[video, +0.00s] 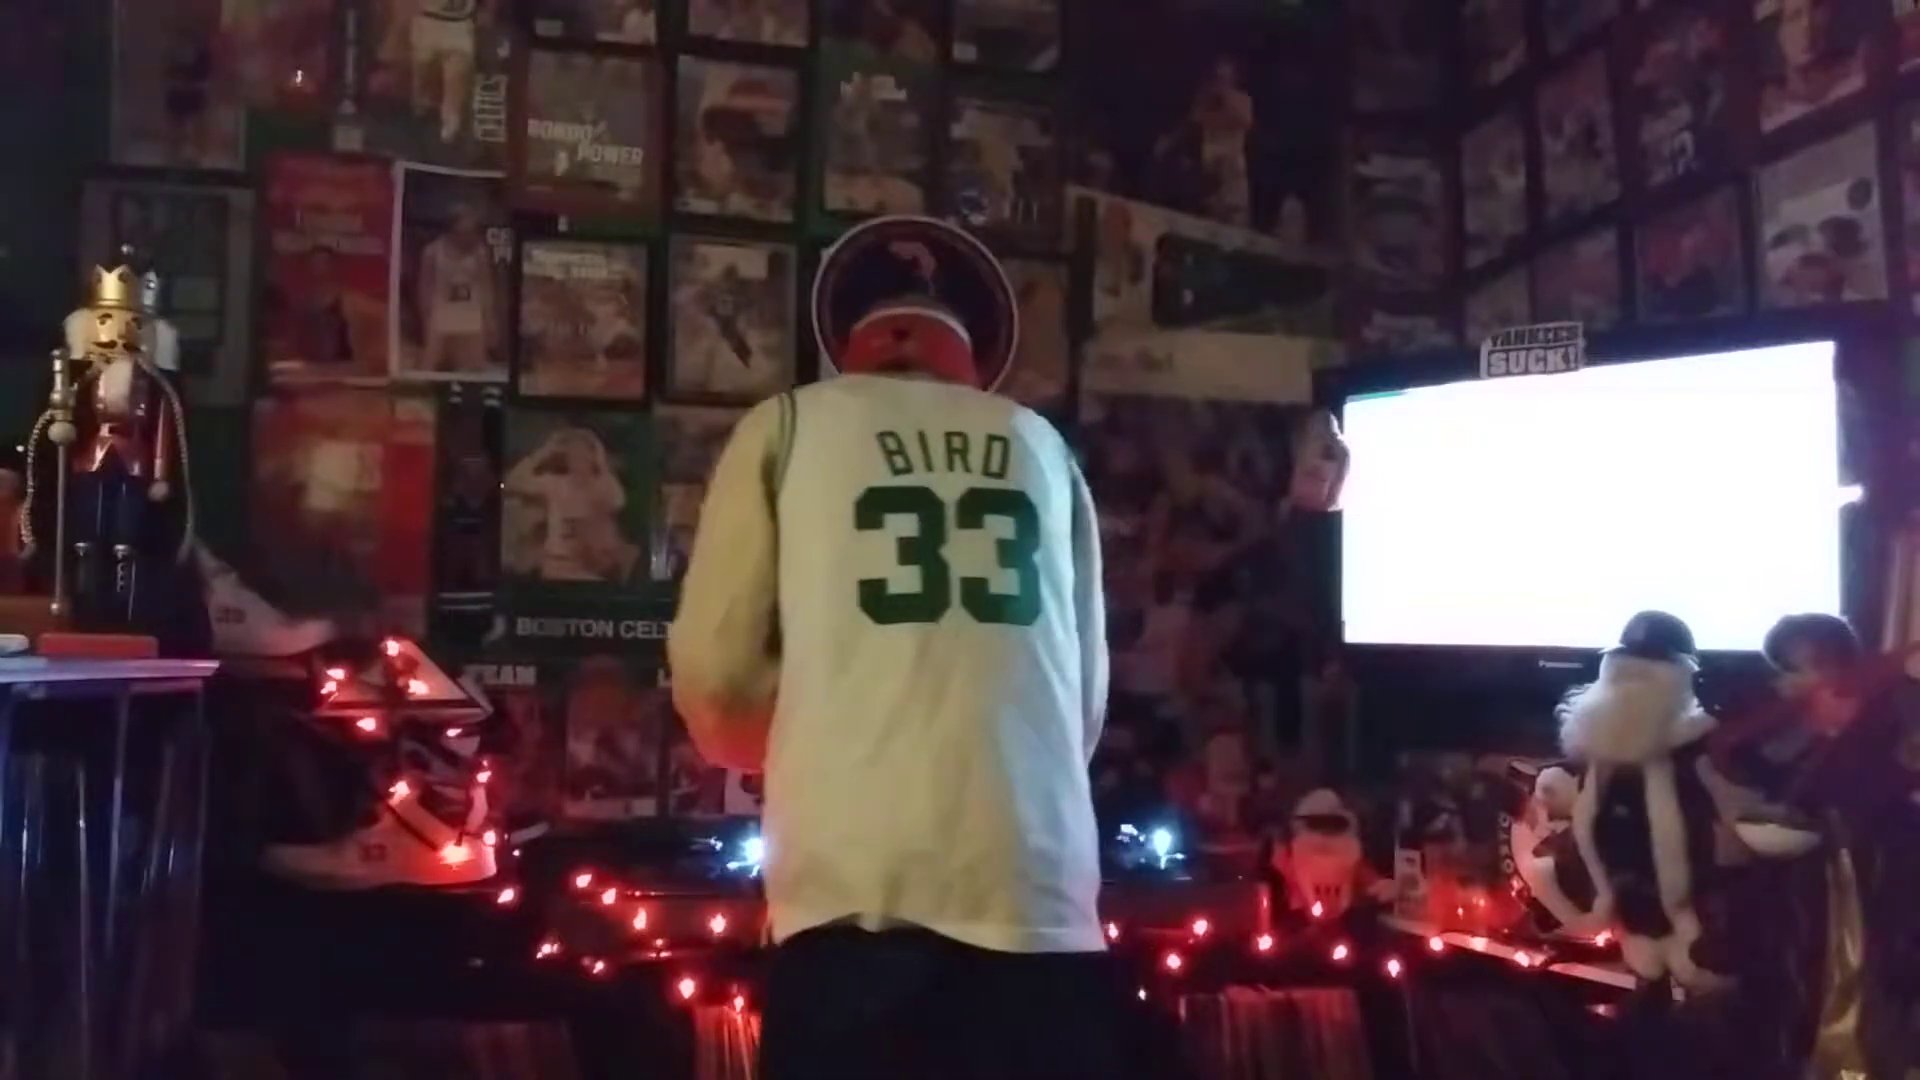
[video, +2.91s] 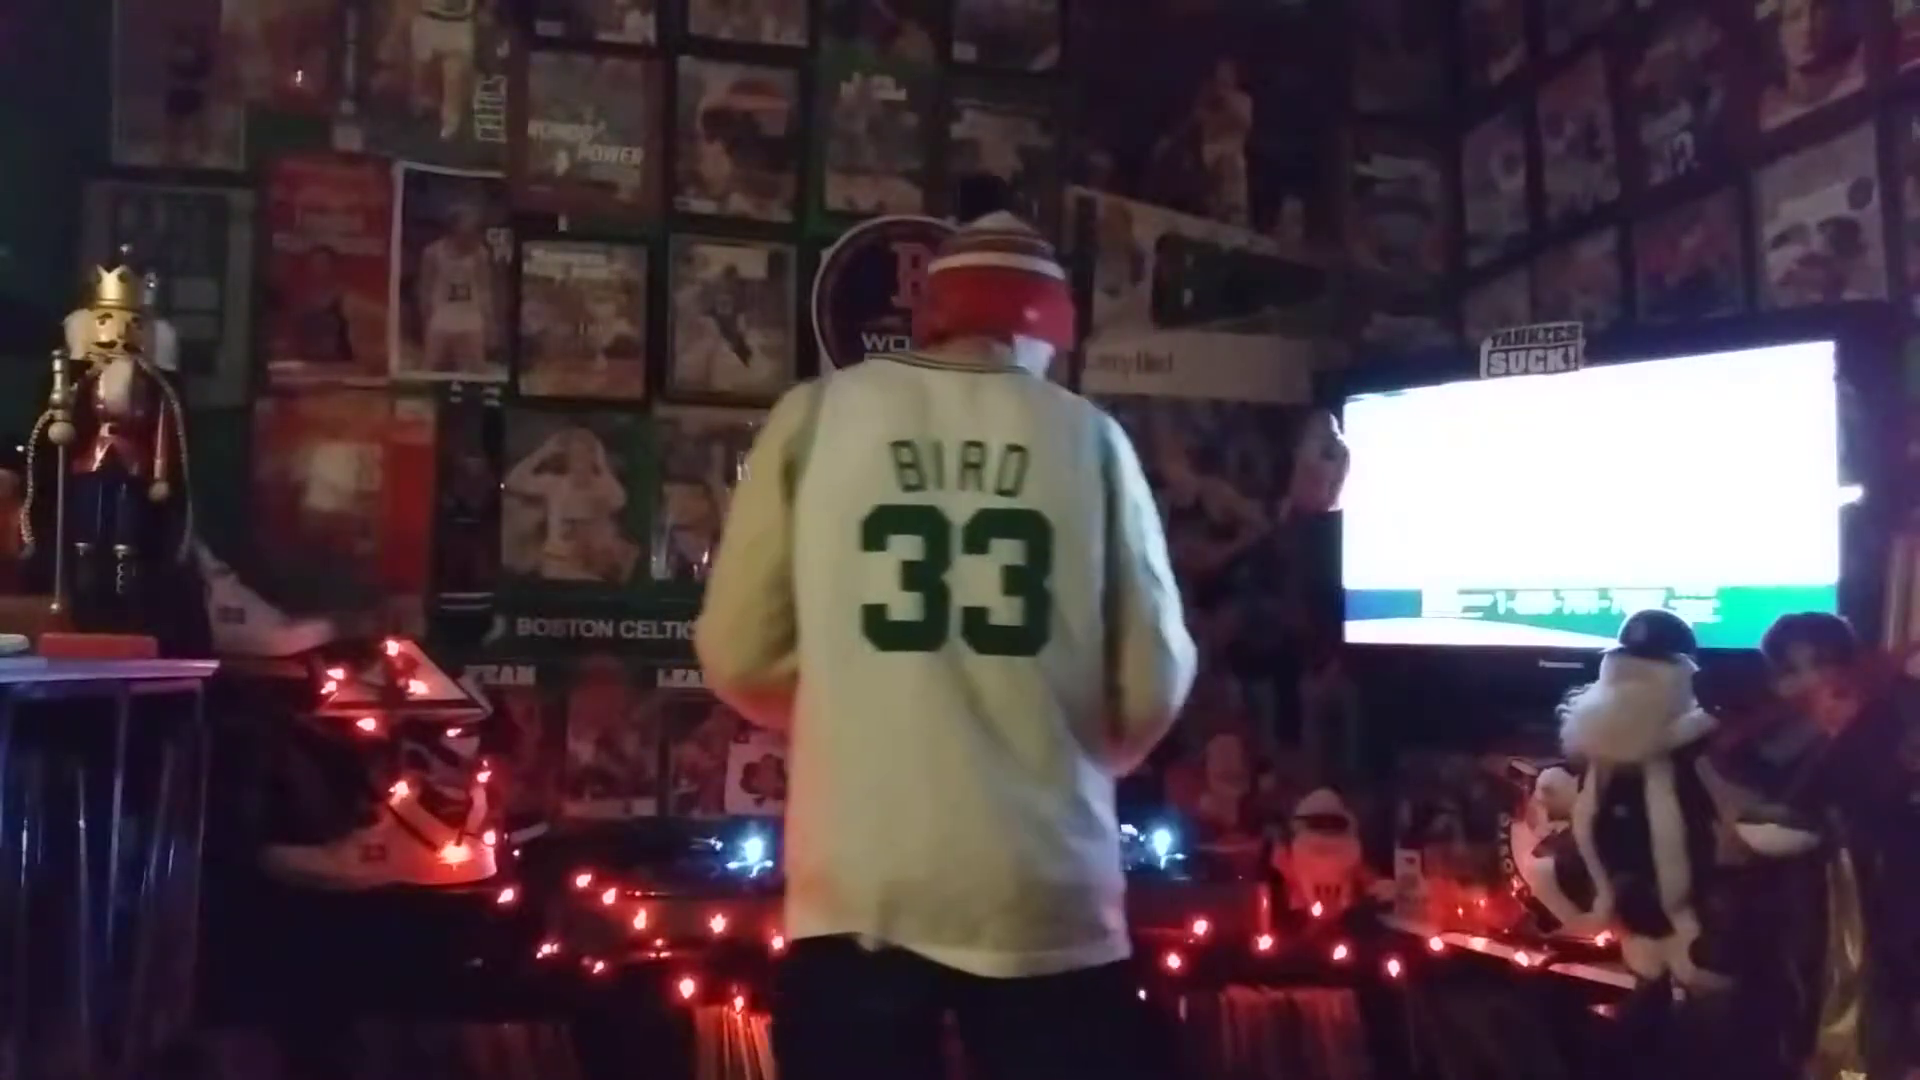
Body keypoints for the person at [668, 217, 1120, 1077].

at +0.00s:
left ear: (840, 344)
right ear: (977, 349)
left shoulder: (781, 426)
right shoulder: (1050, 449)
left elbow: (712, 673)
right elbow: (1084, 703)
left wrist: (817, 767)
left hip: (847, 928)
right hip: (1043, 932)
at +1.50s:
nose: (919, 322)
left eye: (929, 306)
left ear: (945, 318)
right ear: (1062, 335)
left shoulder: (857, 424)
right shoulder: (1128, 440)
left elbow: (773, 662)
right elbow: (1161, 664)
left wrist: (830, 814)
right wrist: (1083, 779)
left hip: (908, 874)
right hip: (1097, 882)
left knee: (895, 1063)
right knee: (1099, 1067)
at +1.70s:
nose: (963, 334)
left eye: (972, 315)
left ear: (994, 318)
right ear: (1100, 334)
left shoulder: (907, 422)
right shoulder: (1171, 448)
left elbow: (830, 666)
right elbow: (1229, 692)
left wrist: (849, 816)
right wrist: (1162, 804)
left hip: (946, 880)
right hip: (1132, 890)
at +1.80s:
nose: (979, 335)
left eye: (988, 316)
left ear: (1010, 319)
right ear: (1116, 340)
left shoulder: (924, 418)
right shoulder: (1189, 451)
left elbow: (844, 667)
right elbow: (1249, 705)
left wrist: (868, 813)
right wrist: (1179, 812)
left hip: (953, 887)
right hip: (1140, 902)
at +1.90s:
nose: (996, 330)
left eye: (1004, 313)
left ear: (1019, 317)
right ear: (1130, 339)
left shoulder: (937, 415)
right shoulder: (1204, 453)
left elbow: (851, 664)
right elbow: (1263, 706)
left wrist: (915, 807)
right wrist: (1179, 812)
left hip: (959, 892)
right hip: (1148, 909)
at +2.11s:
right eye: (1168, 346)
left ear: (1032, 323)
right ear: (1153, 347)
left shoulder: (946, 414)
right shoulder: (1218, 455)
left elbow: (857, 655)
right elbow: (1268, 703)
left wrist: (941, 770)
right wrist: (1181, 812)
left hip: (963, 880)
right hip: (1151, 898)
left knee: (931, 1063)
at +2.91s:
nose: (1063, 353)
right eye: (1060, 335)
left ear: (929, 316)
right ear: (1048, 332)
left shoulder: (815, 415)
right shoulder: (1092, 440)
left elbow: (738, 652)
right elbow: (1150, 685)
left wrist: (858, 714)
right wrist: (1059, 762)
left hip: (851, 895)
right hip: (1045, 904)